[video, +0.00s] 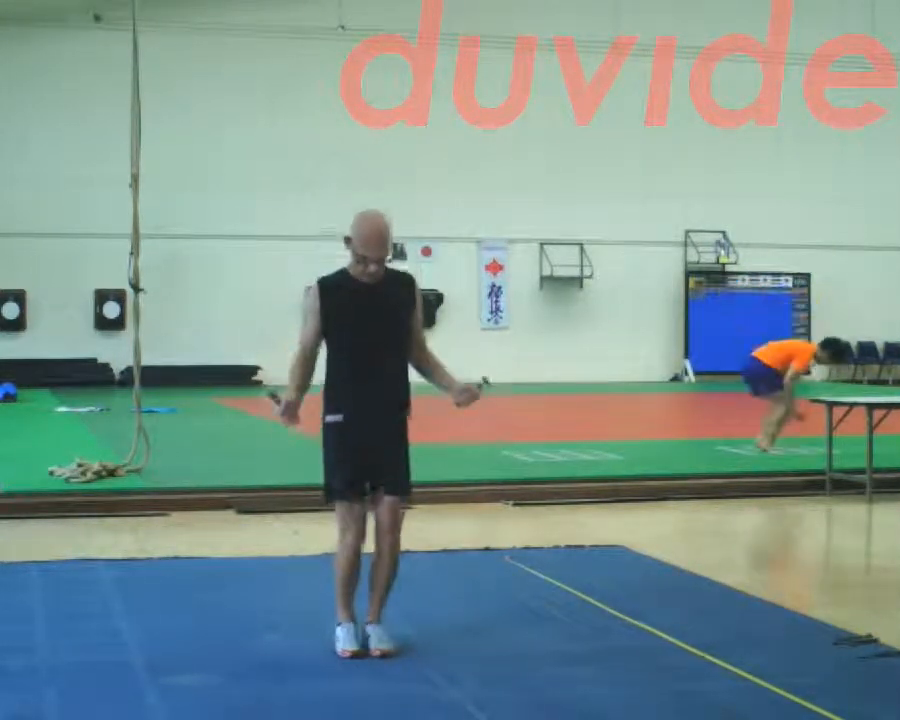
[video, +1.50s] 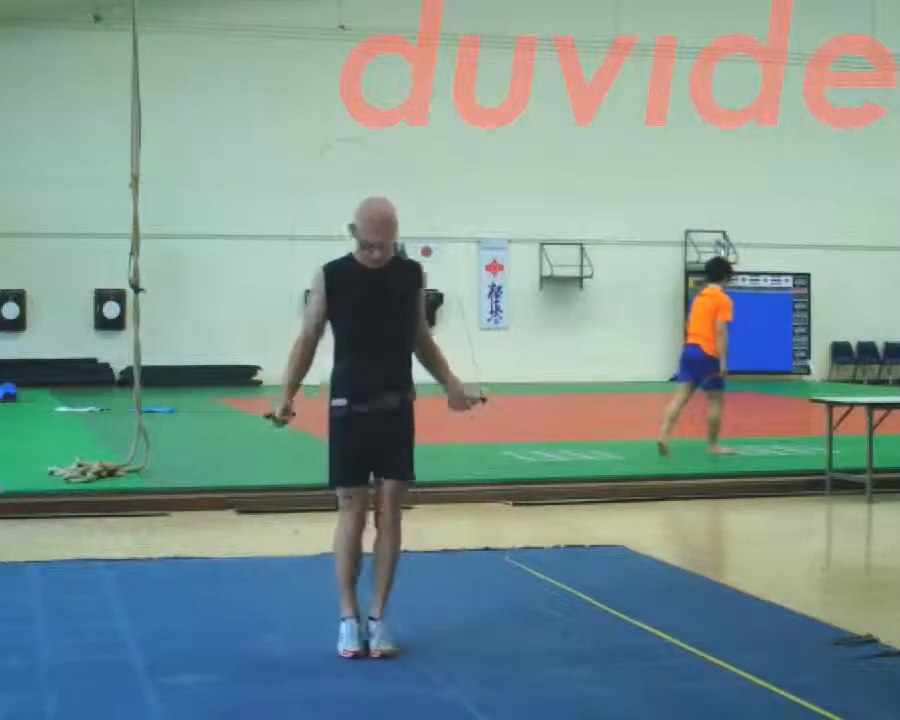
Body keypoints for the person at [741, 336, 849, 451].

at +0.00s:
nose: (827, 364)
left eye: (831, 362)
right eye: (830, 360)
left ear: (823, 346)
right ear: (827, 353)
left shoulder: (805, 348)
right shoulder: (806, 353)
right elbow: (788, 380)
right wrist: (792, 409)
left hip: (755, 362)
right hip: (763, 367)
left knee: (781, 404)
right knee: (783, 405)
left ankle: (764, 438)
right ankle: (766, 441)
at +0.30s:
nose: (814, 326)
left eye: (817, 324)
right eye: (816, 322)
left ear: (807, 312)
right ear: (811, 315)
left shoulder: (790, 318)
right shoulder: (795, 323)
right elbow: (776, 349)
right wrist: (768, 376)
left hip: (747, 348)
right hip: (755, 352)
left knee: (760, 397)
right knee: (766, 396)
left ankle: (757, 440)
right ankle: (759, 442)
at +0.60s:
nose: (791, 300)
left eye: (791, 296)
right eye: (790, 296)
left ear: (774, 292)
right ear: (783, 295)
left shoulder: (761, 307)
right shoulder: (772, 312)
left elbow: (743, 332)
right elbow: (766, 341)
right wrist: (769, 369)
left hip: (736, 354)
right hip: (742, 356)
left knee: (754, 399)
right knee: (750, 399)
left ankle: (755, 442)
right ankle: (720, 438)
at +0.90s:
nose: (760, 283)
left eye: (760, 280)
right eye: (759, 280)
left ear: (740, 278)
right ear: (755, 280)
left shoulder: (727, 298)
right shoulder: (749, 301)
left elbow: (712, 326)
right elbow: (750, 333)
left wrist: (712, 343)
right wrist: (761, 360)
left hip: (714, 348)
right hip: (727, 351)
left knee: (727, 394)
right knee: (728, 396)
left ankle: (720, 437)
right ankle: (719, 442)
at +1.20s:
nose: (736, 279)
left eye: (734, 276)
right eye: (736, 276)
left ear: (716, 276)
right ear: (733, 277)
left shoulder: (706, 297)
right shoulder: (732, 301)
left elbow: (697, 324)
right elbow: (732, 333)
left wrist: (695, 344)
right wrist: (733, 362)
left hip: (695, 348)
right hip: (714, 352)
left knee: (691, 392)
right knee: (716, 400)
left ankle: (666, 433)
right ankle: (717, 444)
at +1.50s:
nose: (730, 278)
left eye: (729, 275)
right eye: (729, 275)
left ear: (708, 275)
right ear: (725, 277)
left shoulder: (700, 297)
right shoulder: (723, 300)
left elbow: (692, 325)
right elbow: (720, 330)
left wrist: (691, 346)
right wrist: (723, 360)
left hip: (689, 349)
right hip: (708, 352)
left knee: (681, 395)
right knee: (715, 400)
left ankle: (663, 436)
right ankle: (713, 444)